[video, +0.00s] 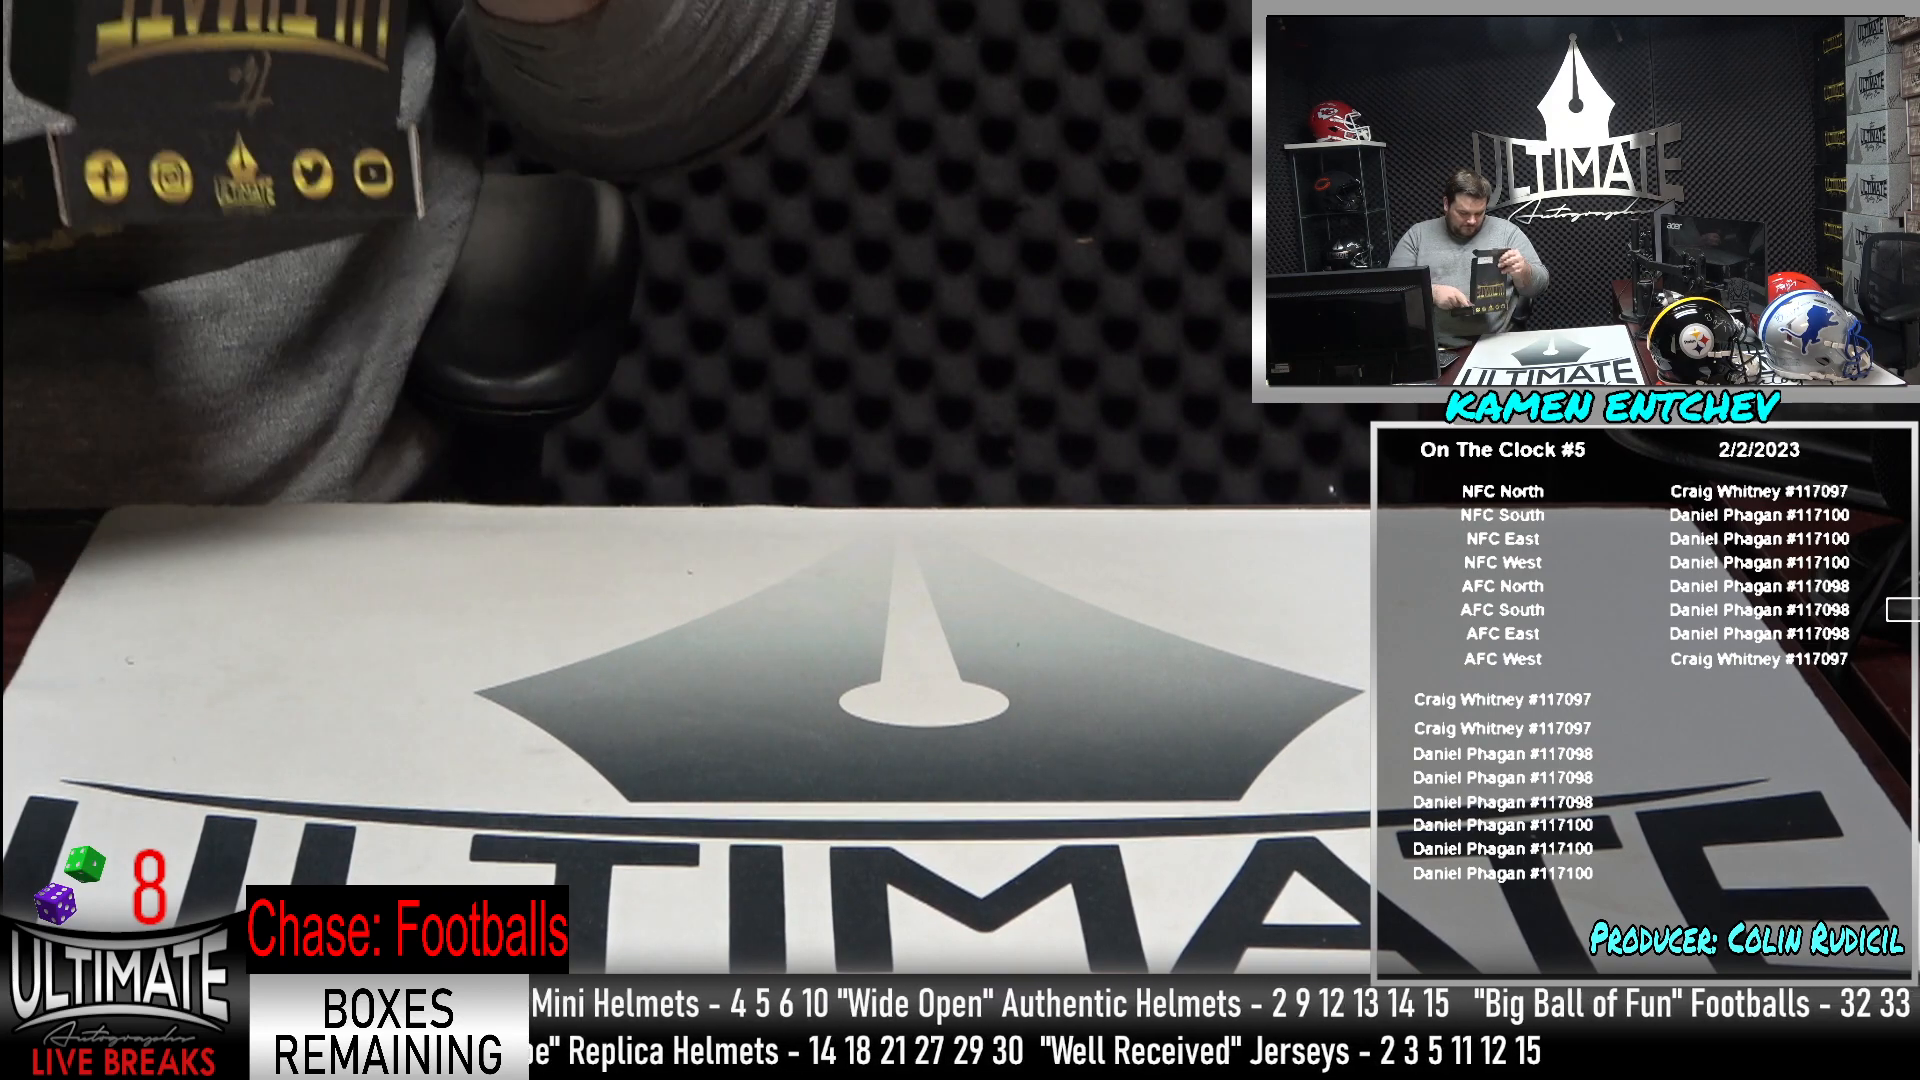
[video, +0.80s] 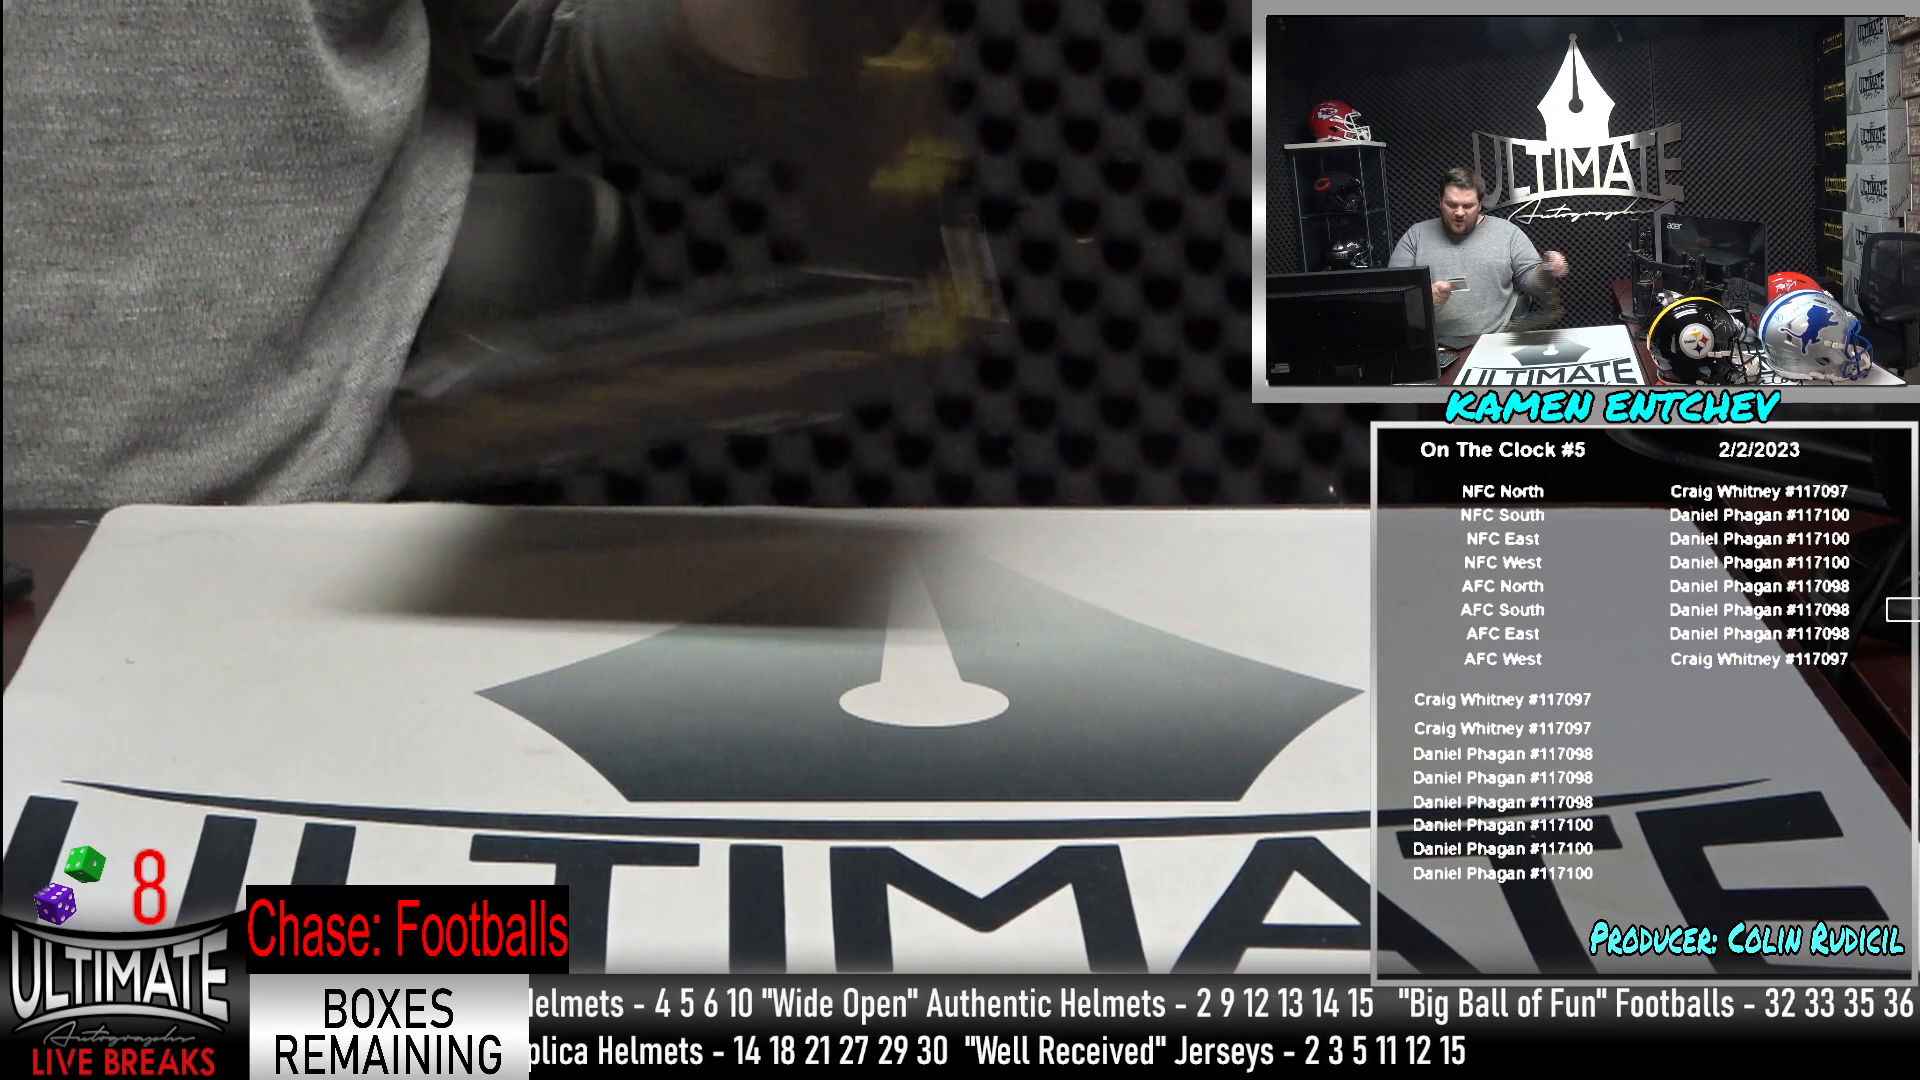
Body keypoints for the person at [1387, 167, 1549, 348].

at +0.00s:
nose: (1472, 221)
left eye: (1479, 213)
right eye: (1463, 213)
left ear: (1486, 207)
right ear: (1446, 204)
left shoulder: (1507, 233)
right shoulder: (1418, 235)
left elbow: (1538, 284)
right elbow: (1393, 285)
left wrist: (1523, 271)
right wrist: (1432, 291)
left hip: (1494, 347)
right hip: (1432, 350)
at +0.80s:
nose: (1459, 213)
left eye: (1467, 206)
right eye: (1452, 205)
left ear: (1479, 204)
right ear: (1441, 202)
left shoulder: (1507, 234)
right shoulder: (1417, 236)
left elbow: (1527, 276)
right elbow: (1391, 289)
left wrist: (1548, 272)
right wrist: (1424, 293)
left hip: (1494, 347)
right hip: (1433, 351)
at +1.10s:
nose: (1456, 210)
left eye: (1463, 201)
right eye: (1448, 203)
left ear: (1476, 200)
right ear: (1437, 202)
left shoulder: (1507, 233)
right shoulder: (1416, 237)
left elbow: (1530, 276)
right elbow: (1390, 289)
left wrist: (1553, 276)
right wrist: (1421, 291)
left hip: (1497, 348)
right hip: (1435, 351)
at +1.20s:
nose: (1456, 210)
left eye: (1463, 201)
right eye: (1448, 203)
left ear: (1476, 200)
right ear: (1438, 203)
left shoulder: (1508, 233)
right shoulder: (1416, 237)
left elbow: (1530, 275)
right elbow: (1391, 288)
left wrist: (1552, 277)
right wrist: (1423, 290)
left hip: (1497, 348)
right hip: (1434, 352)